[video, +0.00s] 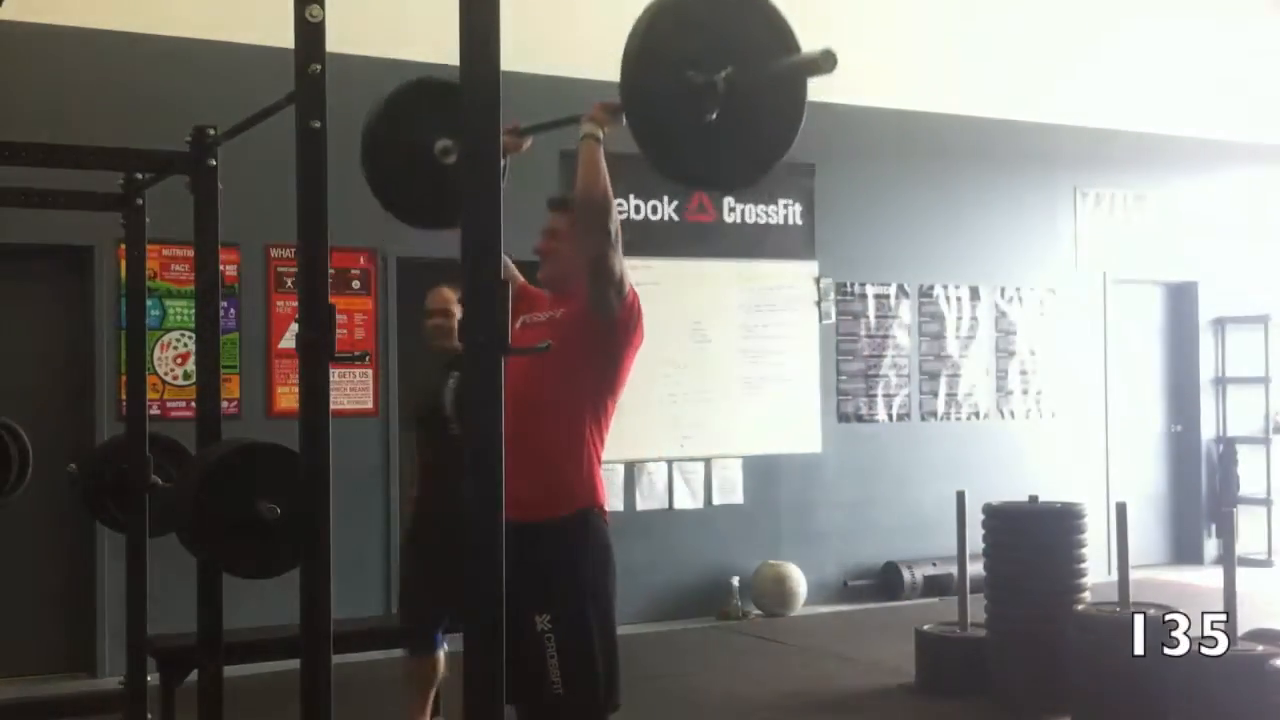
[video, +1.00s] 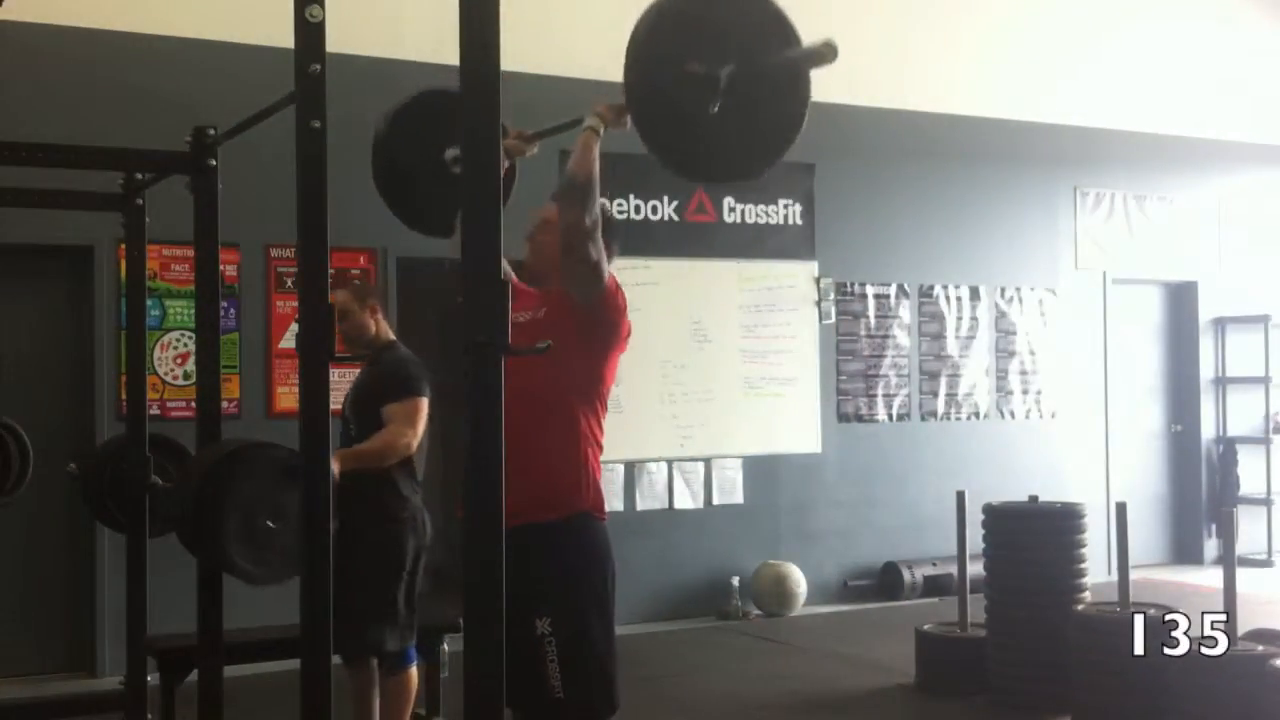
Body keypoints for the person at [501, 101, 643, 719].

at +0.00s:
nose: (545, 241)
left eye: (561, 233)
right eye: (546, 230)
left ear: (594, 245)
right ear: (542, 238)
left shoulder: (608, 318)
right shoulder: (522, 306)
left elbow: (596, 224)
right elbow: (476, 243)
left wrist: (592, 132)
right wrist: (490, 166)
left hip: (568, 528)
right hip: (502, 524)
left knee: (582, 693)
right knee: (514, 686)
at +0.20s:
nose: (510, 241)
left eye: (525, 231)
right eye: (508, 230)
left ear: (566, 242)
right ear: (505, 240)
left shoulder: (590, 307)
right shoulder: (498, 302)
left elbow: (596, 193)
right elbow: (491, 219)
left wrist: (596, 99)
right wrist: (503, 136)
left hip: (562, 527)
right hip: (492, 526)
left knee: (577, 699)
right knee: (497, 694)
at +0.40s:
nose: (496, 242)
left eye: (507, 230)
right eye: (494, 229)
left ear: (543, 241)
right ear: (501, 241)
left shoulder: (574, 303)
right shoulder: (493, 304)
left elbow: (586, 189)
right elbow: (496, 211)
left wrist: (602, 84)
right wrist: (508, 121)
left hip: (554, 523)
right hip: (490, 525)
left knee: (578, 693)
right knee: (505, 689)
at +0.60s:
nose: (497, 243)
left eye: (509, 230)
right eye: (495, 231)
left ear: (545, 243)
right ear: (503, 243)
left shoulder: (578, 304)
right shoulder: (495, 306)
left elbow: (586, 193)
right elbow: (494, 213)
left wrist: (604, 87)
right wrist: (510, 125)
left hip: (556, 525)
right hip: (491, 525)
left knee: (575, 692)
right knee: (502, 688)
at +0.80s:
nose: (499, 236)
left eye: (511, 227)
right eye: (499, 227)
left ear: (551, 236)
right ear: (509, 239)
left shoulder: (582, 301)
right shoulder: (497, 303)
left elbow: (587, 194)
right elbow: (487, 221)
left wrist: (601, 94)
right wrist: (504, 141)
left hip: (559, 527)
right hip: (493, 528)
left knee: (576, 696)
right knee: (504, 692)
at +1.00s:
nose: (533, 232)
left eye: (550, 225)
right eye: (535, 223)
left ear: (581, 241)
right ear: (533, 237)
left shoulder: (594, 315)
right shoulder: (508, 302)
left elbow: (579, 215)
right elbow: (468, 245)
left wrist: (593, 126)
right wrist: (496, 170)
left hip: (565, 531)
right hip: (496, 531)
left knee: (580, 693)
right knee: (505, 689)